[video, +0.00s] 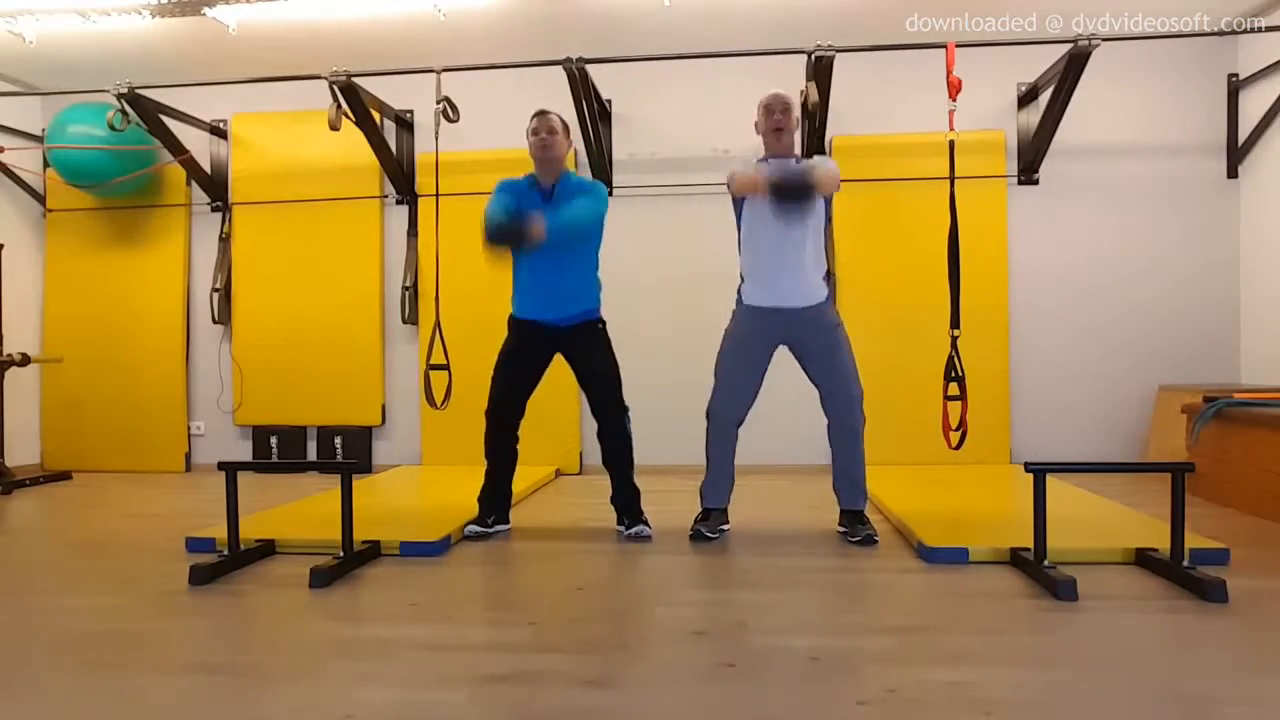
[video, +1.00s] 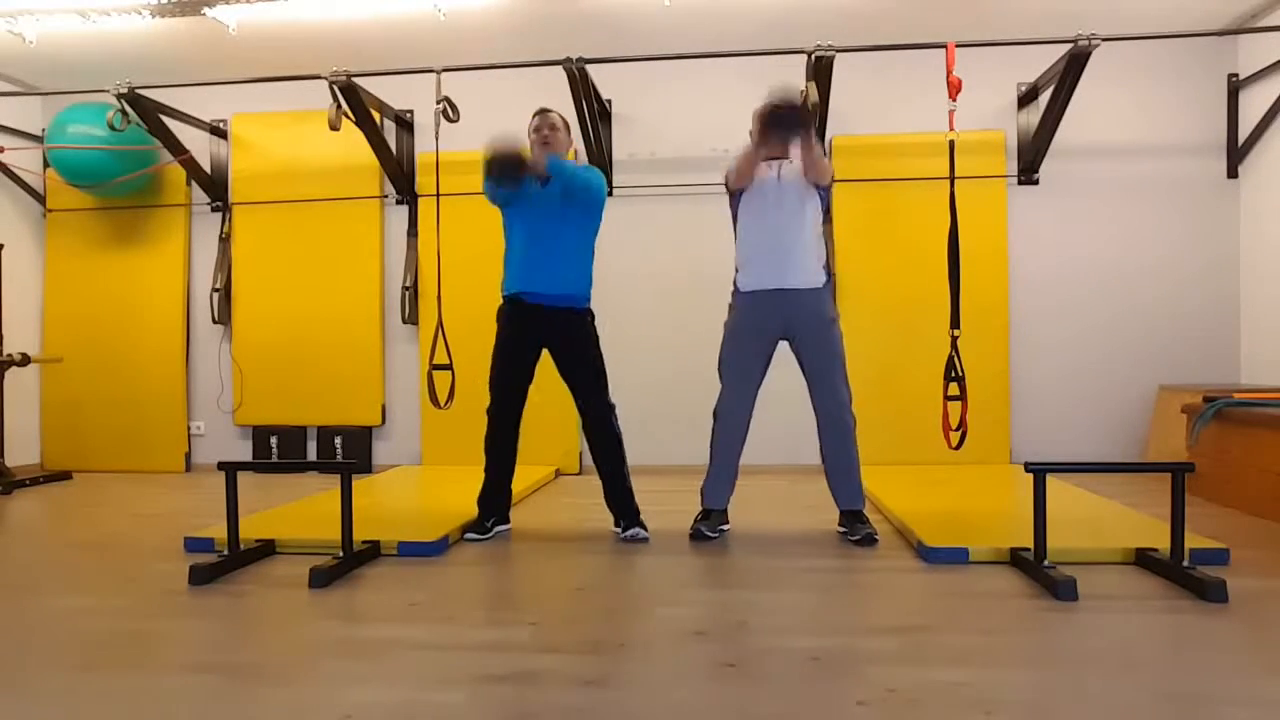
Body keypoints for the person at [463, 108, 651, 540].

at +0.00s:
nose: (543, 137)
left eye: (552, 131)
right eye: (536, 132)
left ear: (568, 144)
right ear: (527, 145)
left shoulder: (590, 192)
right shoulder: (512, 191)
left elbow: (579, 222)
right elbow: (495, 226)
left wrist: (535, 229)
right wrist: (519, 228)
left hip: (583, 326)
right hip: (529, 327)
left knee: (612, 415)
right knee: (501, 416)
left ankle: (629, 513)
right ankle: (494, 513)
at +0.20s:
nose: (543, 173)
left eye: (550, 166)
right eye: (535, 167)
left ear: (565, 178)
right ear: (525, 179)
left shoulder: (593, 235)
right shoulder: (508, 235)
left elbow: (587, 310)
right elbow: (508, 304)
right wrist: (522, 364)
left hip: (585, 346)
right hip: (530, 348)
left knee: (629, 410)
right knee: (484, 411)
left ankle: (632, 515)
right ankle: (494, 514)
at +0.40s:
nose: (525, 235)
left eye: (534, 227)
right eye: (517, 228)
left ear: (553, 232)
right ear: (509, 235)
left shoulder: (586, 280)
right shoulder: (497, 283)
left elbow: (590, 352)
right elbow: (513, 352)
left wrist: (573, 409)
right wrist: (543, 407)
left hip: (586, 370)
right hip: (529, 372)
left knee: (630, 415)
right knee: (475, 413)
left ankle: (632, 516)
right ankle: (492, 514)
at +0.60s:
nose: (527, 206)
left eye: (537, 198)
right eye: (518, 199)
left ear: (554, 206)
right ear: (510, 210)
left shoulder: (587, 259)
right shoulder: (496, 263)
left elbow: (587, 337)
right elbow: (511, 337)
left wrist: (570, 397)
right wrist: (538, 395)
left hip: (584, 358)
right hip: (527, 360)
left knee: (625, 414)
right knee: (475, 412)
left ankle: (630, 514)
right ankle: (491, 514)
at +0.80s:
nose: (537, 137)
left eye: (545, 130)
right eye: (530, 132)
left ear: (564, 143)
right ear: (521, 144)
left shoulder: (588, 197)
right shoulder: (502, 200)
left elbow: (577, 260)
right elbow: (504, 262)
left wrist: (553, 310)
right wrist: (520, 317)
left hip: (575, 321)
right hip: (520, 323)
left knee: (610, 410)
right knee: (490, 412)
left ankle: (629, 514)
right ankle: (492, 513)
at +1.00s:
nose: (544, 133)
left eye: (553, 127)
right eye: (537, 129)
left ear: (570, 141)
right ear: (528, 142)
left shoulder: (590, 179)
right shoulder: (515, 182)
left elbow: (588, 184)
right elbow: (497, 189)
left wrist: (544, 166)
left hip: (571, 315)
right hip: (519, 313)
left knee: (598, 414)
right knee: (503, 415)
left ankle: (627, 518)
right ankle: (493, 515)